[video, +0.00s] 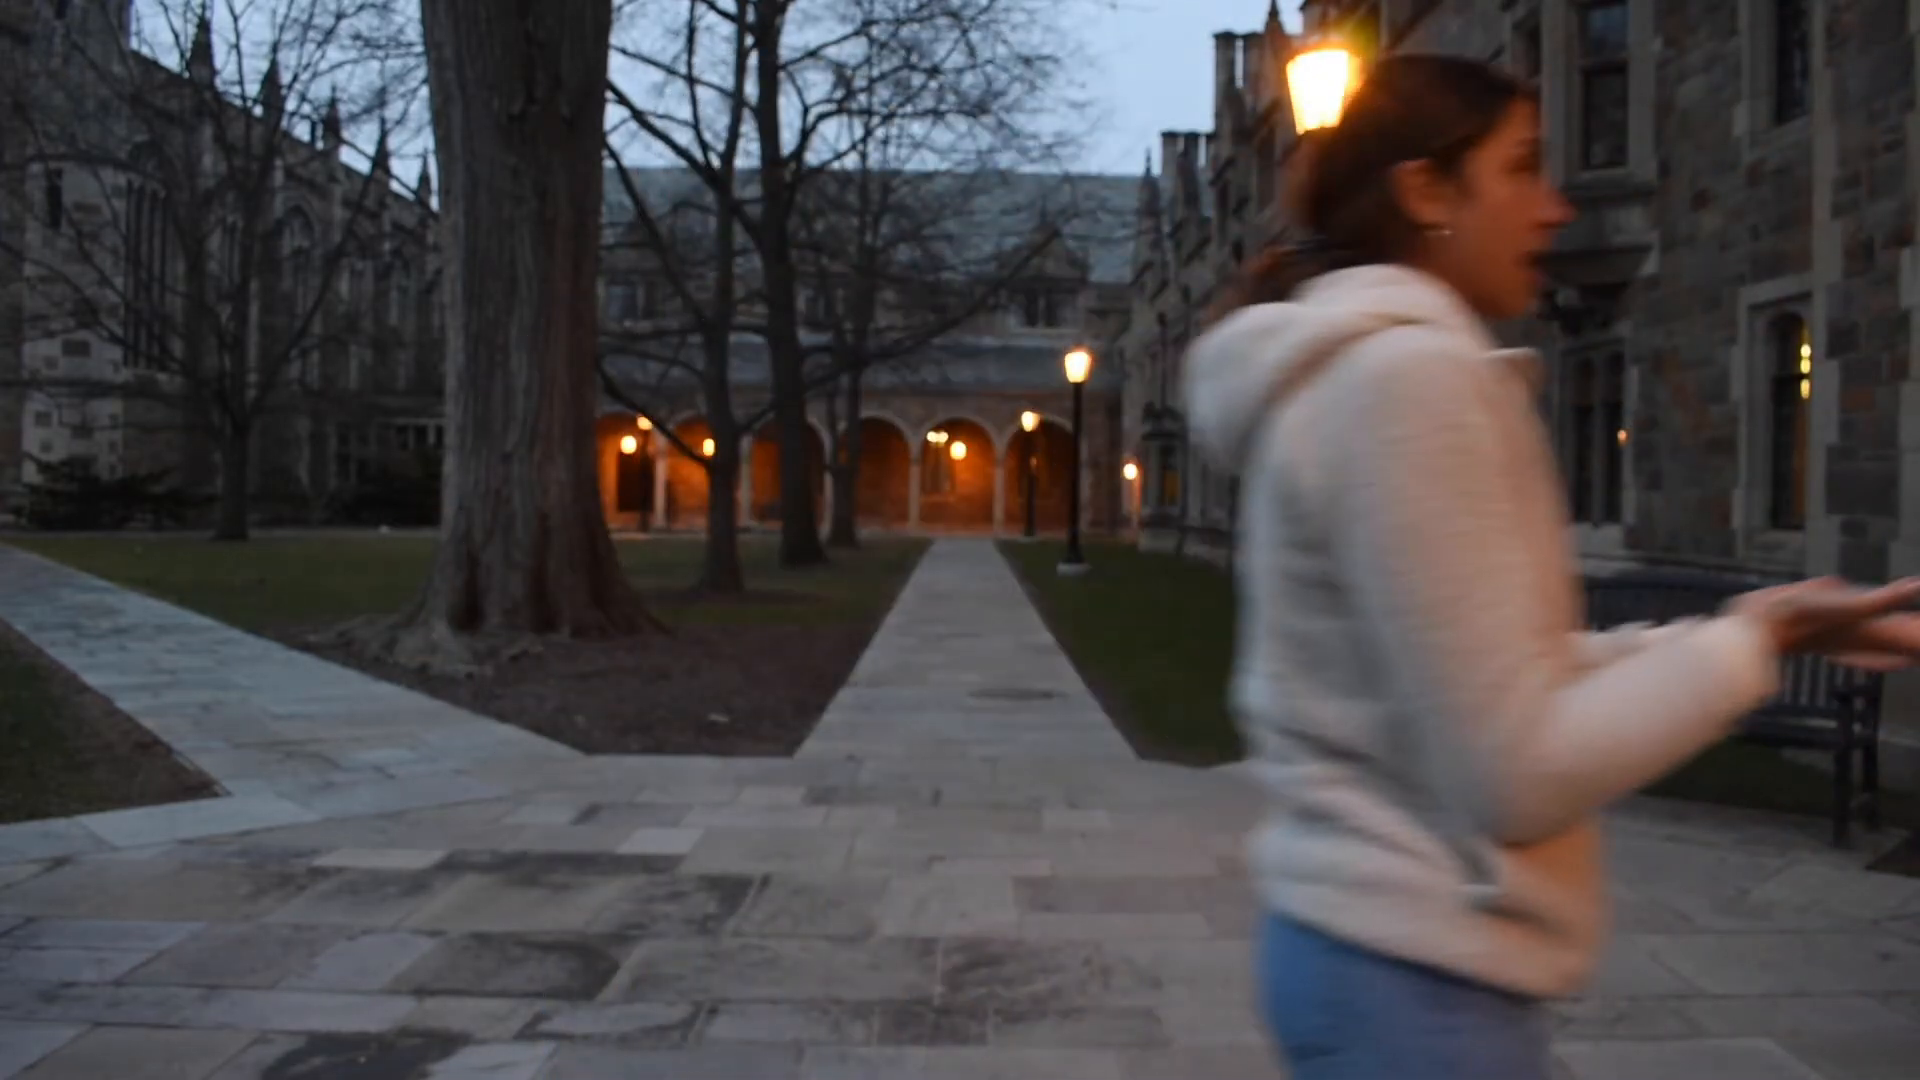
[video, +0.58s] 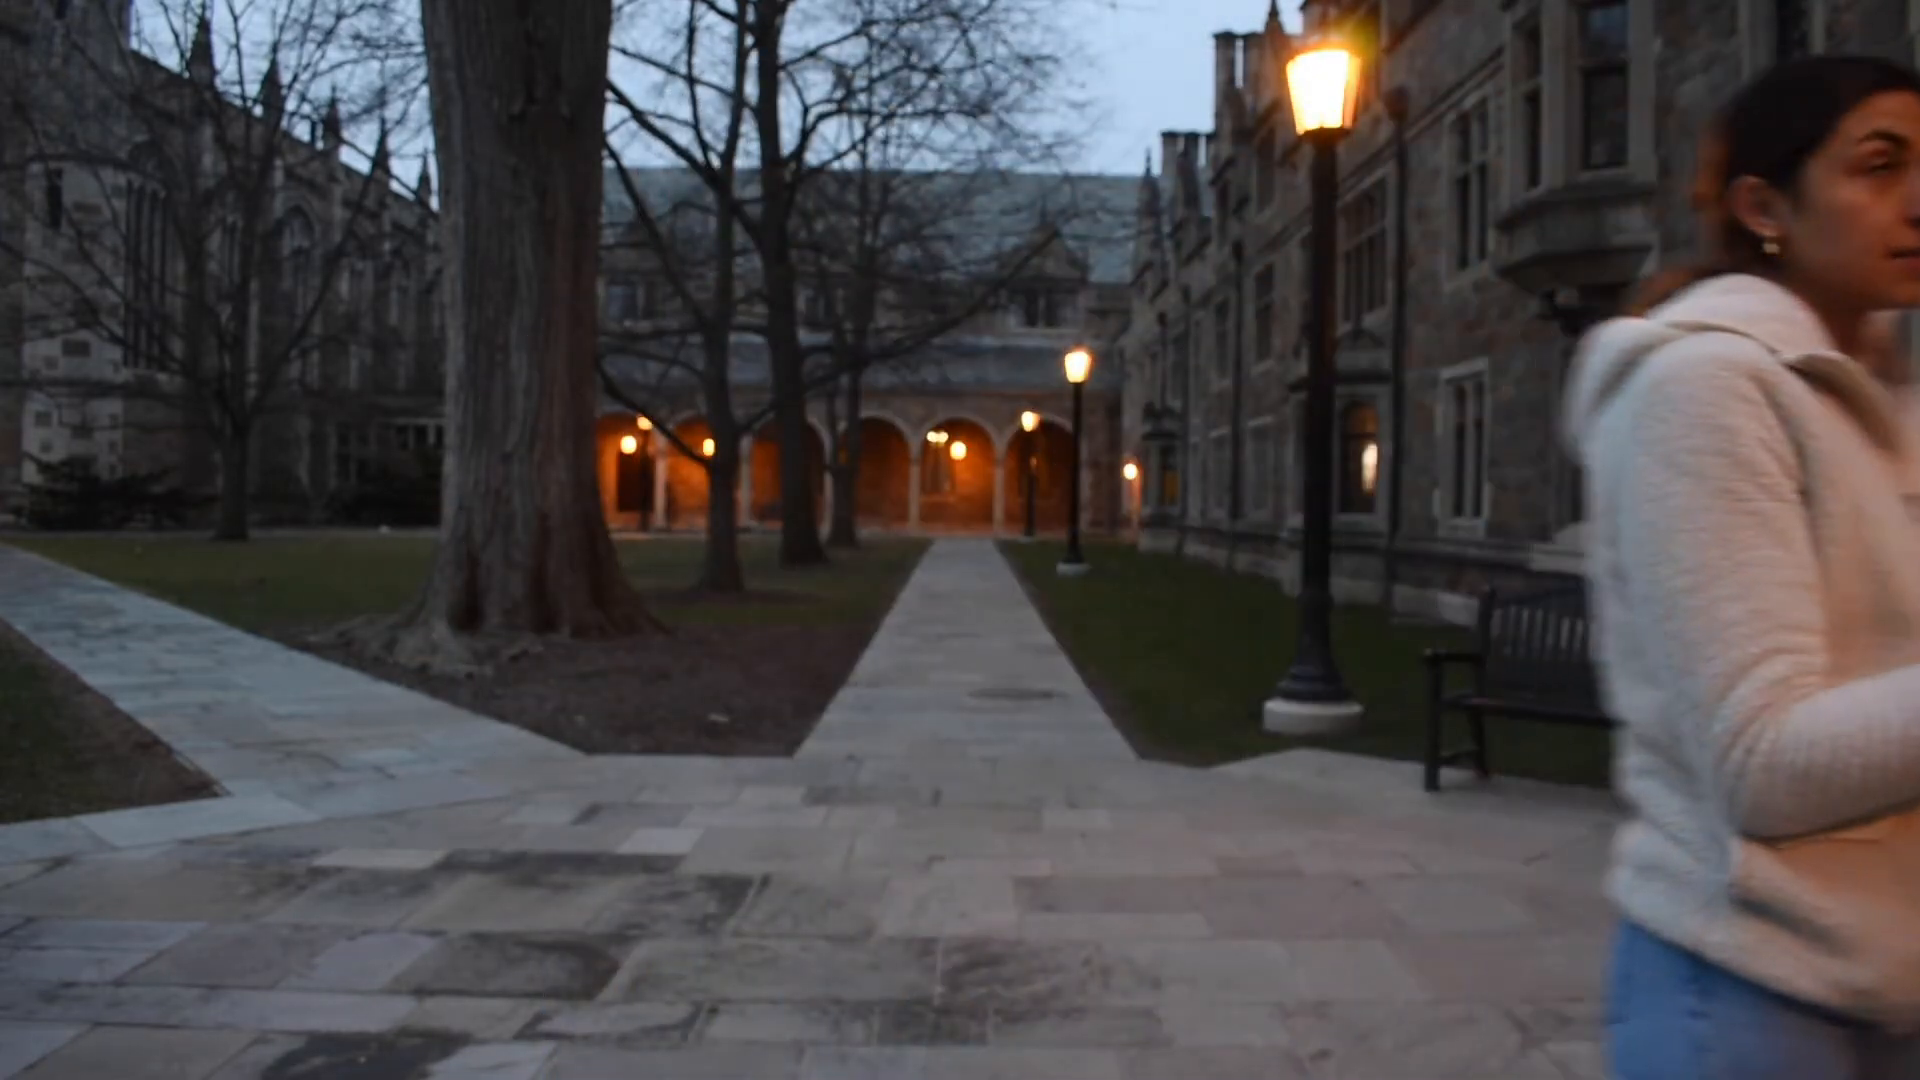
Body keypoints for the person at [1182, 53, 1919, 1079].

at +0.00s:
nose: (1557, 210)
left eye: (1544, 173)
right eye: (1524, 169)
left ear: (1430, 195)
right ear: (1424, 191)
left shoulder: (1364, 362)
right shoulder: (1412, 374)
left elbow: (1519, 676)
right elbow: (1508, 771)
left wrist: (1755, 631)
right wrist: (1750, 645)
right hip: (1415, 981)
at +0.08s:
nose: (1618, 205)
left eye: (1606, 167)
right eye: (1586, 165)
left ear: (1486, 194)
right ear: (1483, 189)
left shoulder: (1432, 361)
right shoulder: (1471, 375)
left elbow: (1580, 676)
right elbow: (1577, 772)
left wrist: (1809, 625)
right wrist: (1810, 640)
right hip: (1474, 986)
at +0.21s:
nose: (1707, 200)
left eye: (1694, 160)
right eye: (1669, 158)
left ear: (1573, 189)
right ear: (1564, 184)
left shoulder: (1540, 361)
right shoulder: (1543, 374)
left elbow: (1672, 669)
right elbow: (1639, 767)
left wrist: (1876, 647)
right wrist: (1885, 654)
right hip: (1542, 990)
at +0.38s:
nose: (1820, 191)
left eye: (1807, 155)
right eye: (1777, 151)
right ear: (1661, 183)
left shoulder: (1666, 360)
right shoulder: (1619, 367)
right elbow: (1697, 765)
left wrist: (1895, 671)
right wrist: (1907, 673)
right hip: (1618, 988)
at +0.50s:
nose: (1894, 203)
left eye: (1889, 166)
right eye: (1845, 162)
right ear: (1725, 196)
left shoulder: (1796, 387)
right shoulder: (1668, 384)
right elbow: (1737, 768)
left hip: (1827, 996)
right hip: (1687, 998)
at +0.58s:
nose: (1916, 203)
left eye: (1916, 167)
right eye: (1877, 167)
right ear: (1762, 208)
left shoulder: (1864, 392)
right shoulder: (1702, 387)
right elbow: (1763, 764)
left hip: (1865, 996)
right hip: (1742, 997)